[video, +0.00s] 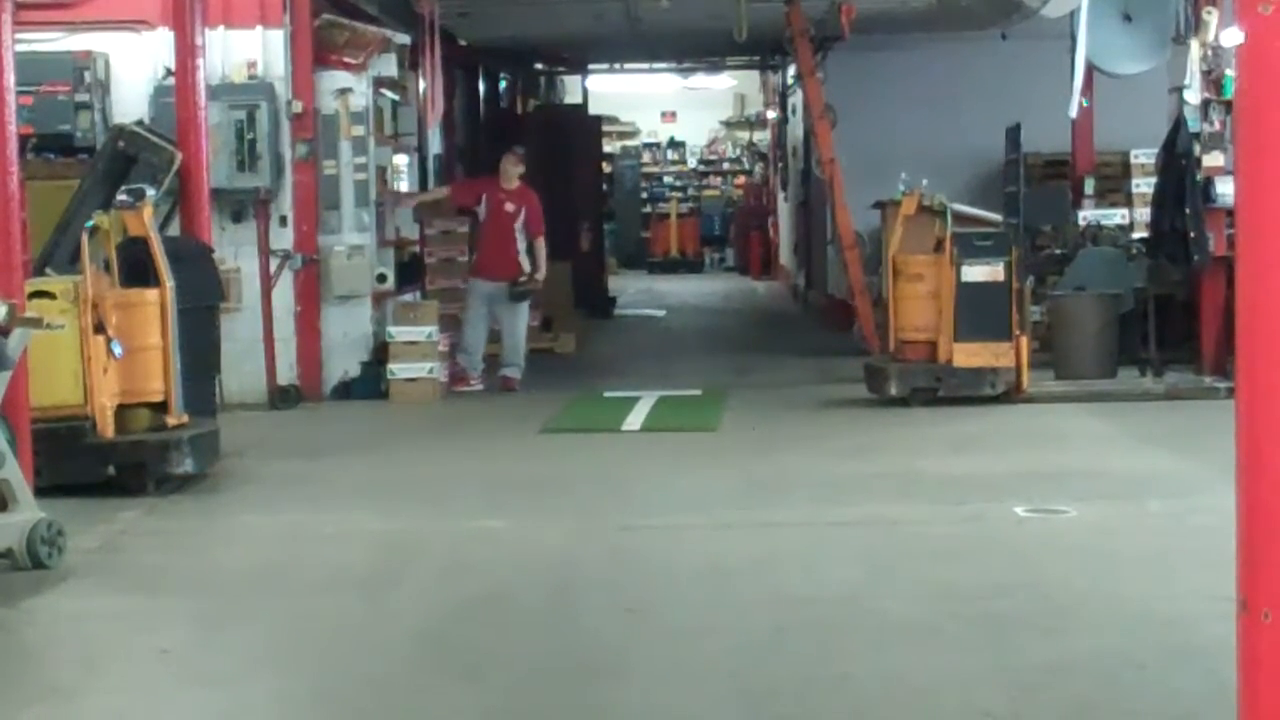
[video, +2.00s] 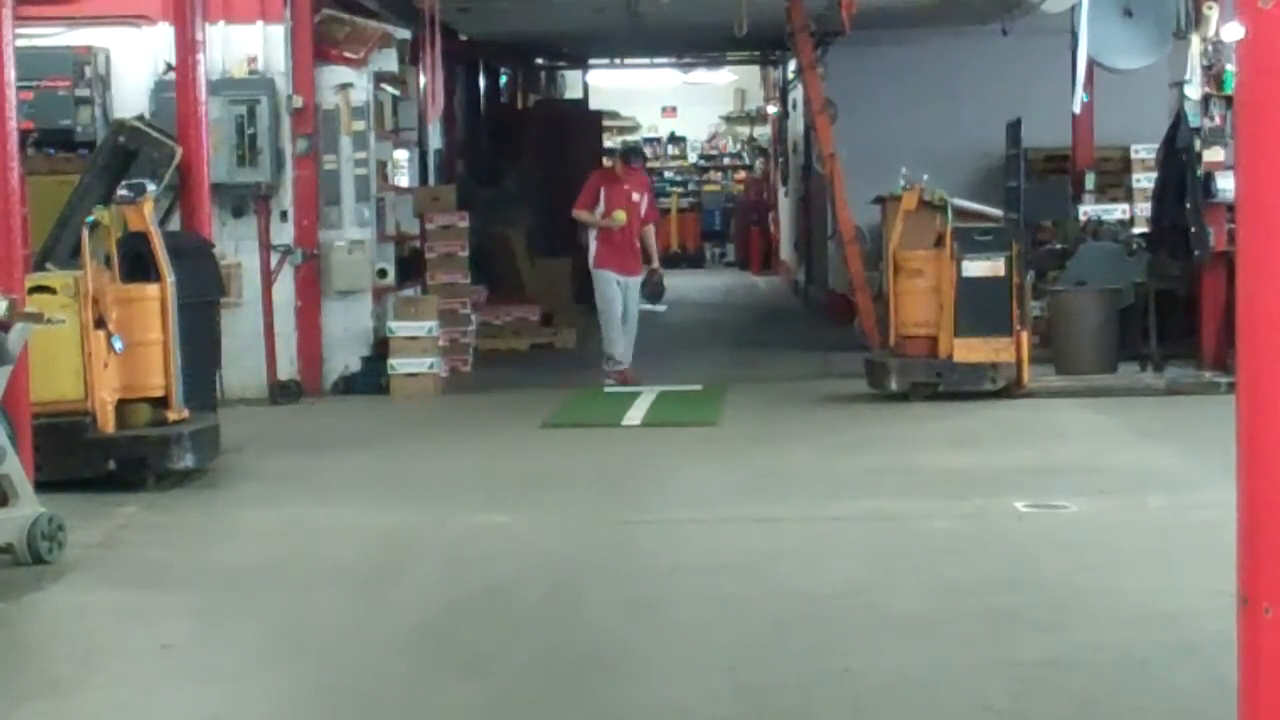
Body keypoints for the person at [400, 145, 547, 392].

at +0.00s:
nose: (509, 166)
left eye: (515, 163)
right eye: (507, 161)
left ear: (522, 168)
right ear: (500, 162)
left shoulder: (528, 198)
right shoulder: (484, 187)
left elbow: (538, 237)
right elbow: (449, 191)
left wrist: (540, 271)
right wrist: (415, 198)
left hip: (514, 278)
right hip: (482, 275)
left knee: (515, 330)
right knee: (473, 326)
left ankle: (511, 373)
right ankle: (471, 373)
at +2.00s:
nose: (629, 174)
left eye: (634, 170)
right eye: (626, 169)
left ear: (640, 166)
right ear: (616, 161)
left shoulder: (642, 182)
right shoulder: (599, 178)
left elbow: (647, 224)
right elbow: (578, 211)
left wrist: (654, 259)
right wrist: (602, 222)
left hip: (632, 262)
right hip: (605, 260)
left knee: (631, 313)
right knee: (612, 311)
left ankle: (624, 364)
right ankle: (613, 364)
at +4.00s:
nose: (646, 172)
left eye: (649, 168)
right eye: (642, 169)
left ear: (656, 161)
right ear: (634, 164)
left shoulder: (671, 173)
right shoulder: (624, 177)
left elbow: (690, 206)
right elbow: (598, 214)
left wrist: (704, 237)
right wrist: (619, 239)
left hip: (671, 259)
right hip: (639, 262)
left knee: (680, 311)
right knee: (639, 314)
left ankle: (685, 364)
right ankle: (648, 365)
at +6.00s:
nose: (659, 173)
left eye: (663, 169)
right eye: (656, 169)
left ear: (673, 161)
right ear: (650, 162)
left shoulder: (693, 172)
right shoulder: (643, 173)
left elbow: (711, 208)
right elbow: (610, 203)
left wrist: (721, 240)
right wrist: (624, 237)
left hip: (686, 259)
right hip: (653, 258)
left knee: (686, 314)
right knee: (651, 312)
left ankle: (685, 363)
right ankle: (651, 366)